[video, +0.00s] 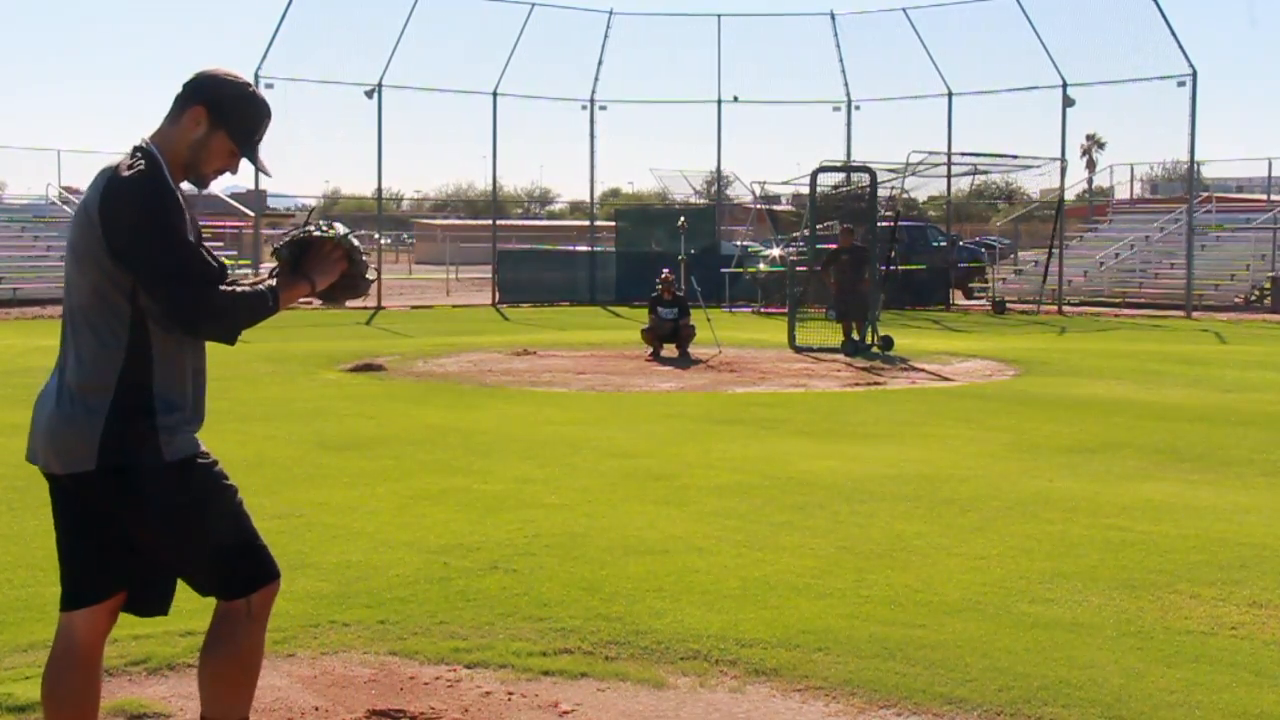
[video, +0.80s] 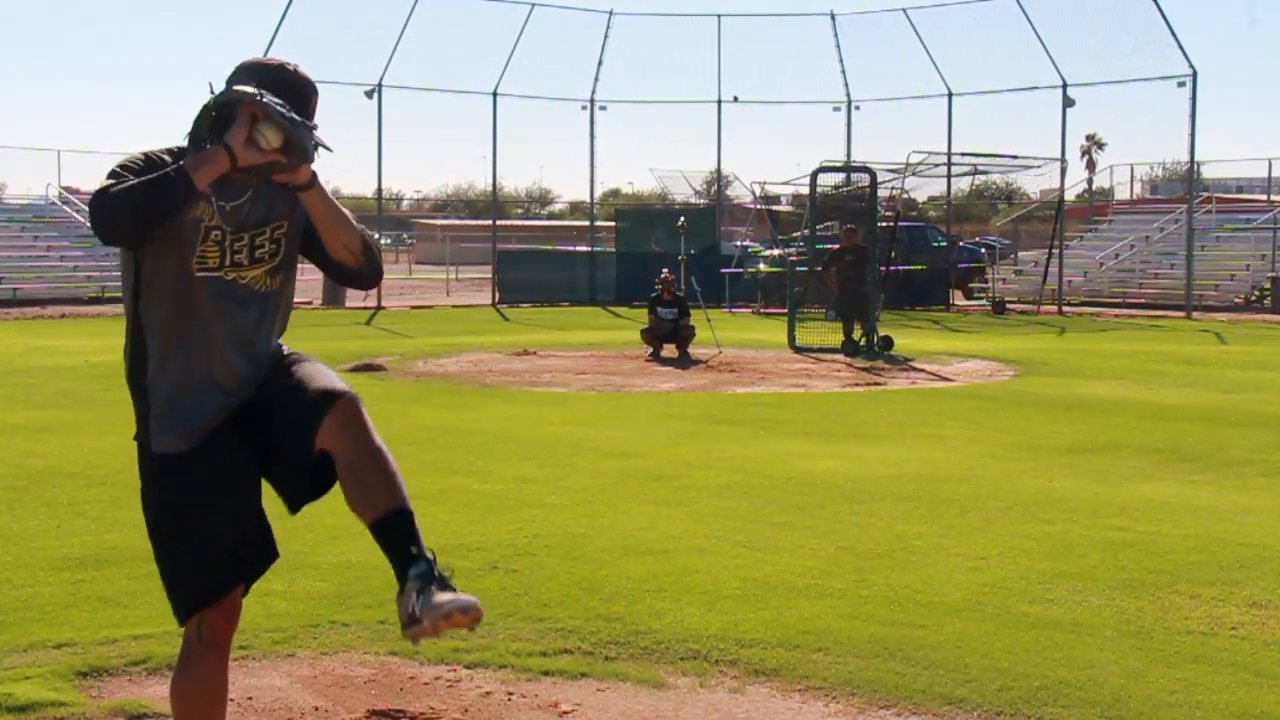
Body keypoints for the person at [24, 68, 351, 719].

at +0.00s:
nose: (231, 167)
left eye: (239, 156)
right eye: (233, 150)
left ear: (194, 124)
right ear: (195, 120)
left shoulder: (121, 184)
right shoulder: (143, 190)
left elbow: (210, 297)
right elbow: (209, 312)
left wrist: (286, 282)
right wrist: (294, 284)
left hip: (81, 442)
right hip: (142, 444)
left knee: (88, 611)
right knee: (251, 585)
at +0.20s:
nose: (250, 160)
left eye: (256, 149)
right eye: (249, 143)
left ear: (212, 123)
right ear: (210, 116)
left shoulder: (207, 204)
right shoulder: (143, 189)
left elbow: (256, 308)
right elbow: (194, 300)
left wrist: (311, 271)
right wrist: (306, 270)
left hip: (176, 446)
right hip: (147, 448)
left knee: (143, 606)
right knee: (242, 609)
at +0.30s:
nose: (258, 150)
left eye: (264, 139)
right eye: (256, 133)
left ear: (220, 117)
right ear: (215, 108)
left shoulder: (229, 200)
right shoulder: (141, 185)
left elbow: (279, 311)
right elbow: (189, 294)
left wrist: (317, 262)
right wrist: (288, 261)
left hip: (207, 445)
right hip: (156, 448)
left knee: (200, 610)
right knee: (227, 618)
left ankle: (138, 716)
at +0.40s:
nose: (265, 144)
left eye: (271, 131)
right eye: (262, 126)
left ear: (228, 113)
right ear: (216, 103)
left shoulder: (248, 199)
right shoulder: (135, 183)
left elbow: (299, 305)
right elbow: (171, 281)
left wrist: (318, 253)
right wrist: (282, 237)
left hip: (233, 437)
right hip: (160, 447)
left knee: (291, 581)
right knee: (219, 619)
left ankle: (185, 710)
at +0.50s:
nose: (267, 144)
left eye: (272, 131)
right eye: (263, 126)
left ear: (228, 112)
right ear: (219, 103)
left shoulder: (251, 189)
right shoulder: (131, 179)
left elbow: (316, 299)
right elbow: (141, 265)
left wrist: (312, 236)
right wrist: (257, 216)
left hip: (250, 427)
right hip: (167, 442)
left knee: (328, 567)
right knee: (209, 622)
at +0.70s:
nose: (273, 145)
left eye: (283, 134)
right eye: (264, 128)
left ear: (291, 136)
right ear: (228, 112)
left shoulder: (278, 193)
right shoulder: (144, 169)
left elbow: (349, 286)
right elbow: (105, 232)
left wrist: (303, 199)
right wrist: (221, 173)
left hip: (263, 399)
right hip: (176, 433)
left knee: (342, 497)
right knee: (208, 618)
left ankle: (425, 667)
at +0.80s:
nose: (268, 141)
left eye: (284, 134)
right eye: (261, 122)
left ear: (296, 141)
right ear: (230, 108)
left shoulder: (288, 194)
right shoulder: (160, 172)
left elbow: (365, 274)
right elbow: (110, 219)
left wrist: (309, 183)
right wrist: (221, 158)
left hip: (266, 384)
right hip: (183, 420)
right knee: (217, 610)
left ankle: (419, 581)